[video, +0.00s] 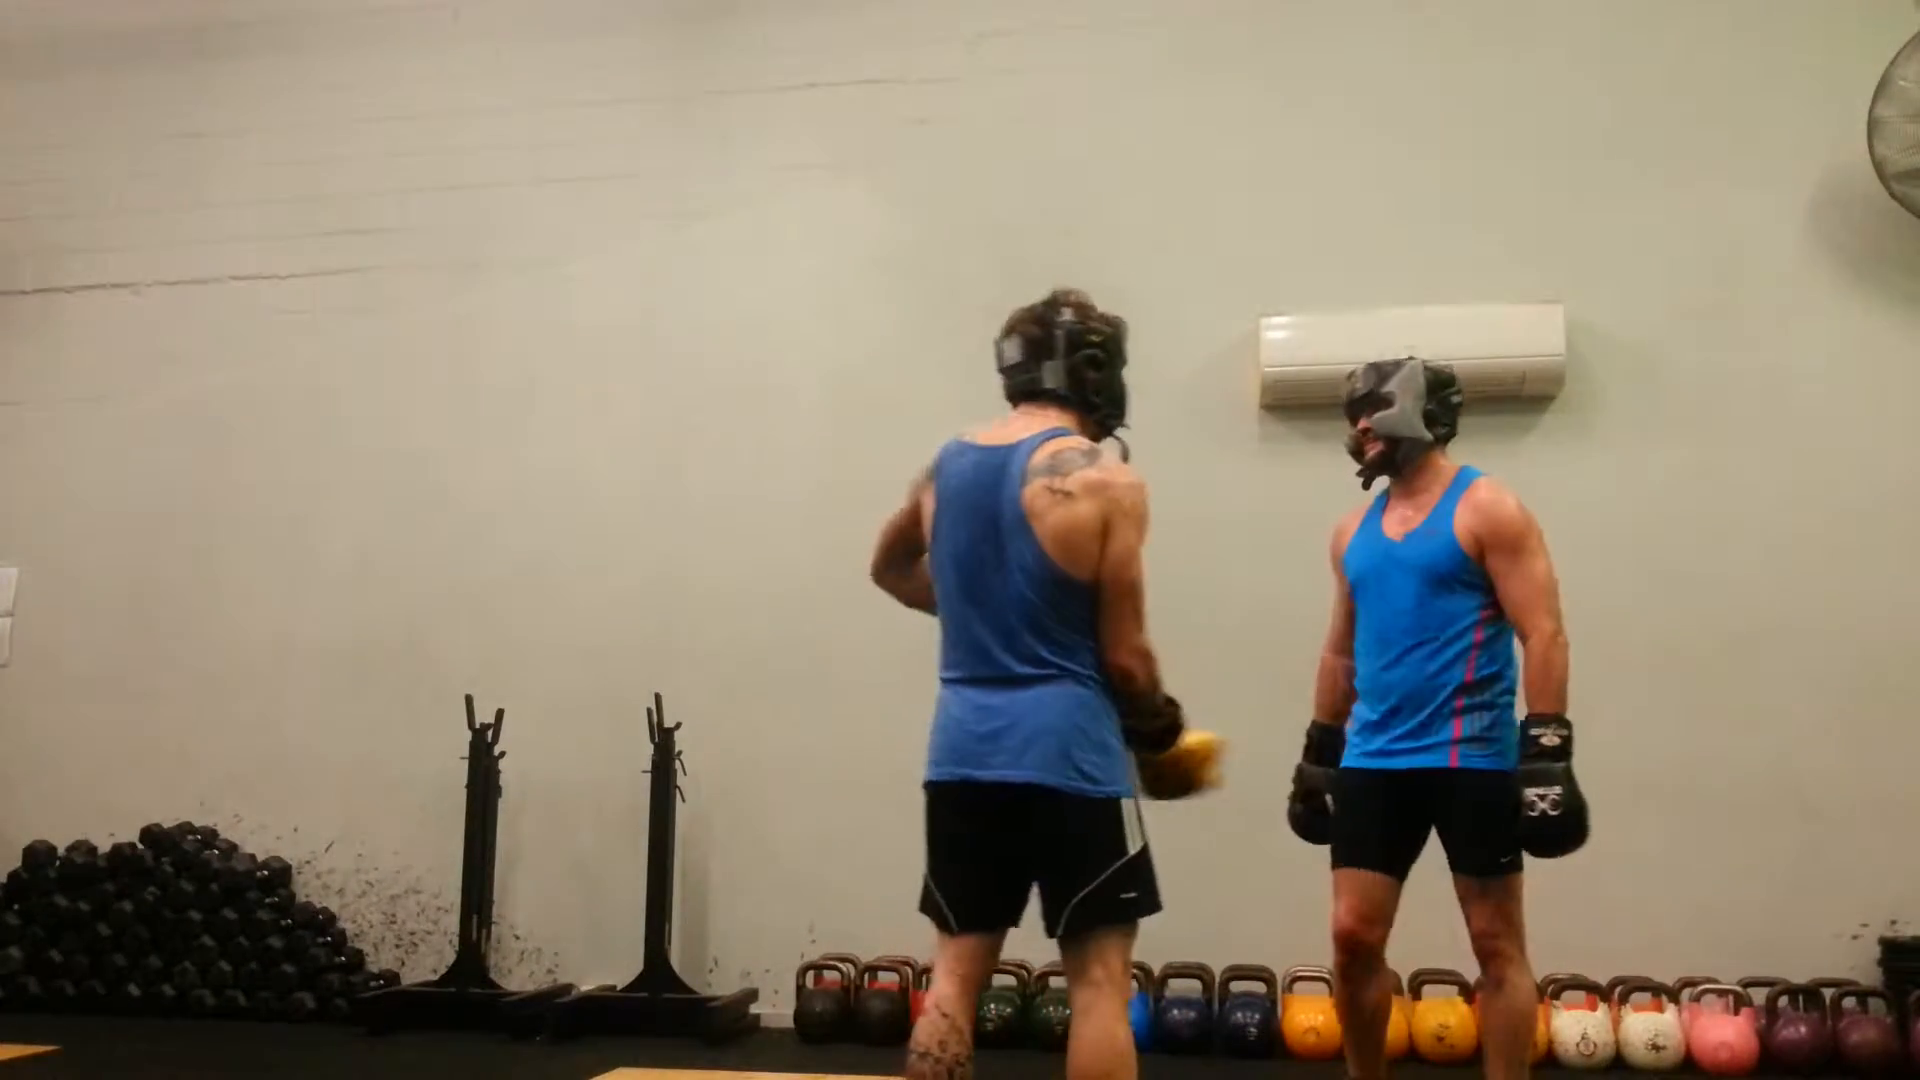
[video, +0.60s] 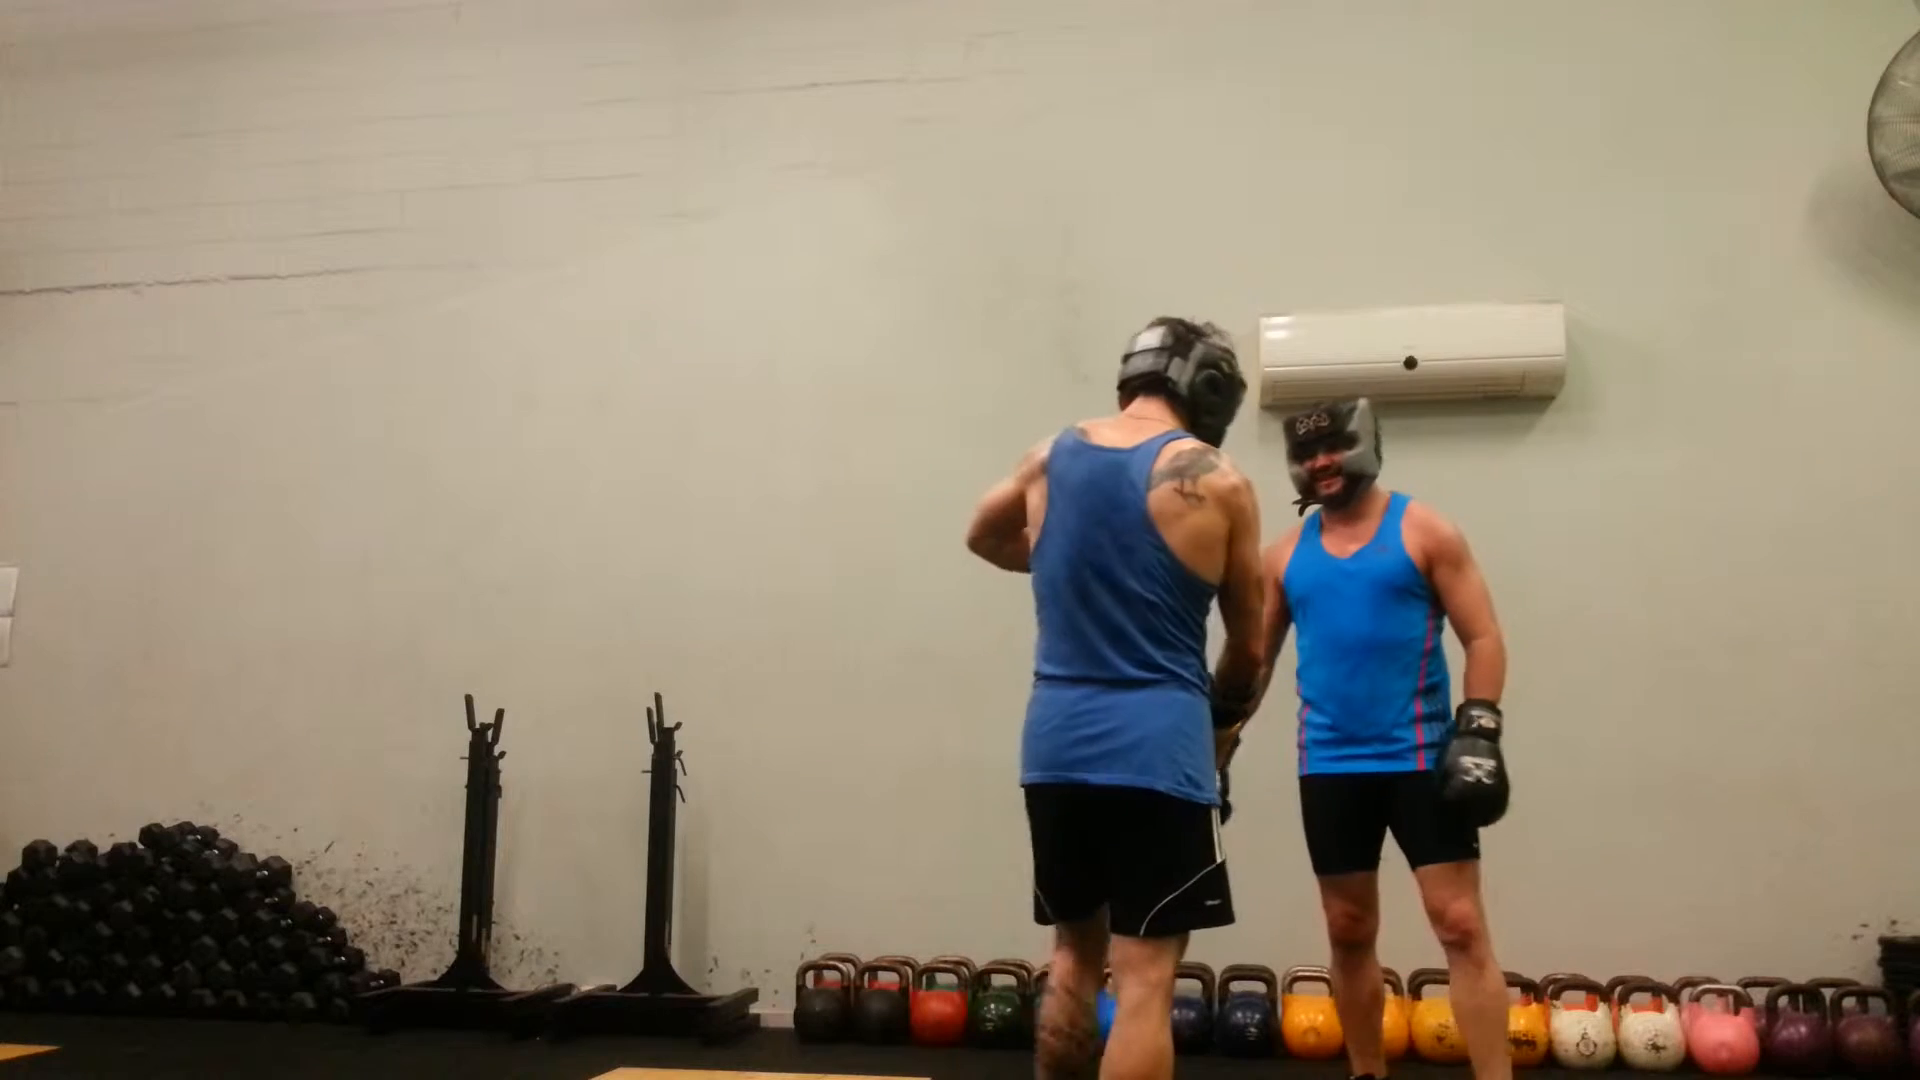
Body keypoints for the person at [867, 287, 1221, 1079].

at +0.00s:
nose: (1119, 376)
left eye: (1112, 361)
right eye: (1113, 363)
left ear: (1014, 372)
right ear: (1100, 373)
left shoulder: (952, 462)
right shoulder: (1111, 483)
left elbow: (891, 566)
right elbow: (1124, 657)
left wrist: (980, 608)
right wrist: (1161, 743)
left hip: (962, 758)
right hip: (1072, 764)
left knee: (955, 973)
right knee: (1100, 986)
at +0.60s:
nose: (1223, 408)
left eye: (1225, 397)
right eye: (1224, 395)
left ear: (1130, 382)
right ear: (1207, 387)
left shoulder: (1057, 451)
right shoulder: (1221, 486)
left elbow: (986, 535)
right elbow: (1247, 649)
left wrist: (1073, 564)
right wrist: (1220, 727)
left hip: (1054, 751)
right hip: (1157, 758)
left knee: (1075, 952)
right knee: (1143, 979)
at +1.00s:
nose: (1227, 437)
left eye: (1229, 425)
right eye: (1226, 422)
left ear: (1138, 398)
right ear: (1205, 404)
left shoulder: (1069, 472)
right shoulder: (1216, 471)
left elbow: (1055, 573)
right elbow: (1253, 622)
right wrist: (1186, 687)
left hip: (1082, 762)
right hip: (1177, 765)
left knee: (1122, 962)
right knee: (1209, 972)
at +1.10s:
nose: (1227, 440)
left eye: (1229, 430)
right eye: (1226, 426)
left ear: (1139, 401)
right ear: (1206, 408)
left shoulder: (1073, 476)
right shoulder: (1214, 469)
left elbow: (1102, 614)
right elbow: (1257, 631)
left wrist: (1208, 645)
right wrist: (1183, 662)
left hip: (1089, 761)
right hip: (1185, 762)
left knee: (1128, 959)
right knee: (1246, 962)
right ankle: (1179, 1078)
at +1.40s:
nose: (1254, 442)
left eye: (1259, 433)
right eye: (1256, 428)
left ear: (1170, 404)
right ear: (1235, 410)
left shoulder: (1107, 478)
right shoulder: (1240, 472)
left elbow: (1147, 621)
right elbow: (1295, 614)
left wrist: (1243, 669)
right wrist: (1208, 657)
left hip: (1124, 764)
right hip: (1221, 763)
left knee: (1145, 964)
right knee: (1294, 967)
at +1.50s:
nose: (1278, 435)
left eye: (1281, 424)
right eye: (1277, 420)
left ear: (1189, 403)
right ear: (1257, 408)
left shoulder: (1131, 479)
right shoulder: (1264, 476)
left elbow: (1171, 623)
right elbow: (1322, 612)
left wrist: (1254, 664)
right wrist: (1224, 649)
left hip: (1145, 764)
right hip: (1242, 765)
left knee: (1156, 968)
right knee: (1305, 978)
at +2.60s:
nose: (1292, 373)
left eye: (1293, 362)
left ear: (1301, 366)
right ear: (1393, 364)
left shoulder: (1264, 450)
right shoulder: (1456, 460)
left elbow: (1193, 562)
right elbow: (1446, 567)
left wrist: (1243, 591)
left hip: (1299, 756)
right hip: (1416, 760)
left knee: (1309, 995)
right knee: (1392, 1000)